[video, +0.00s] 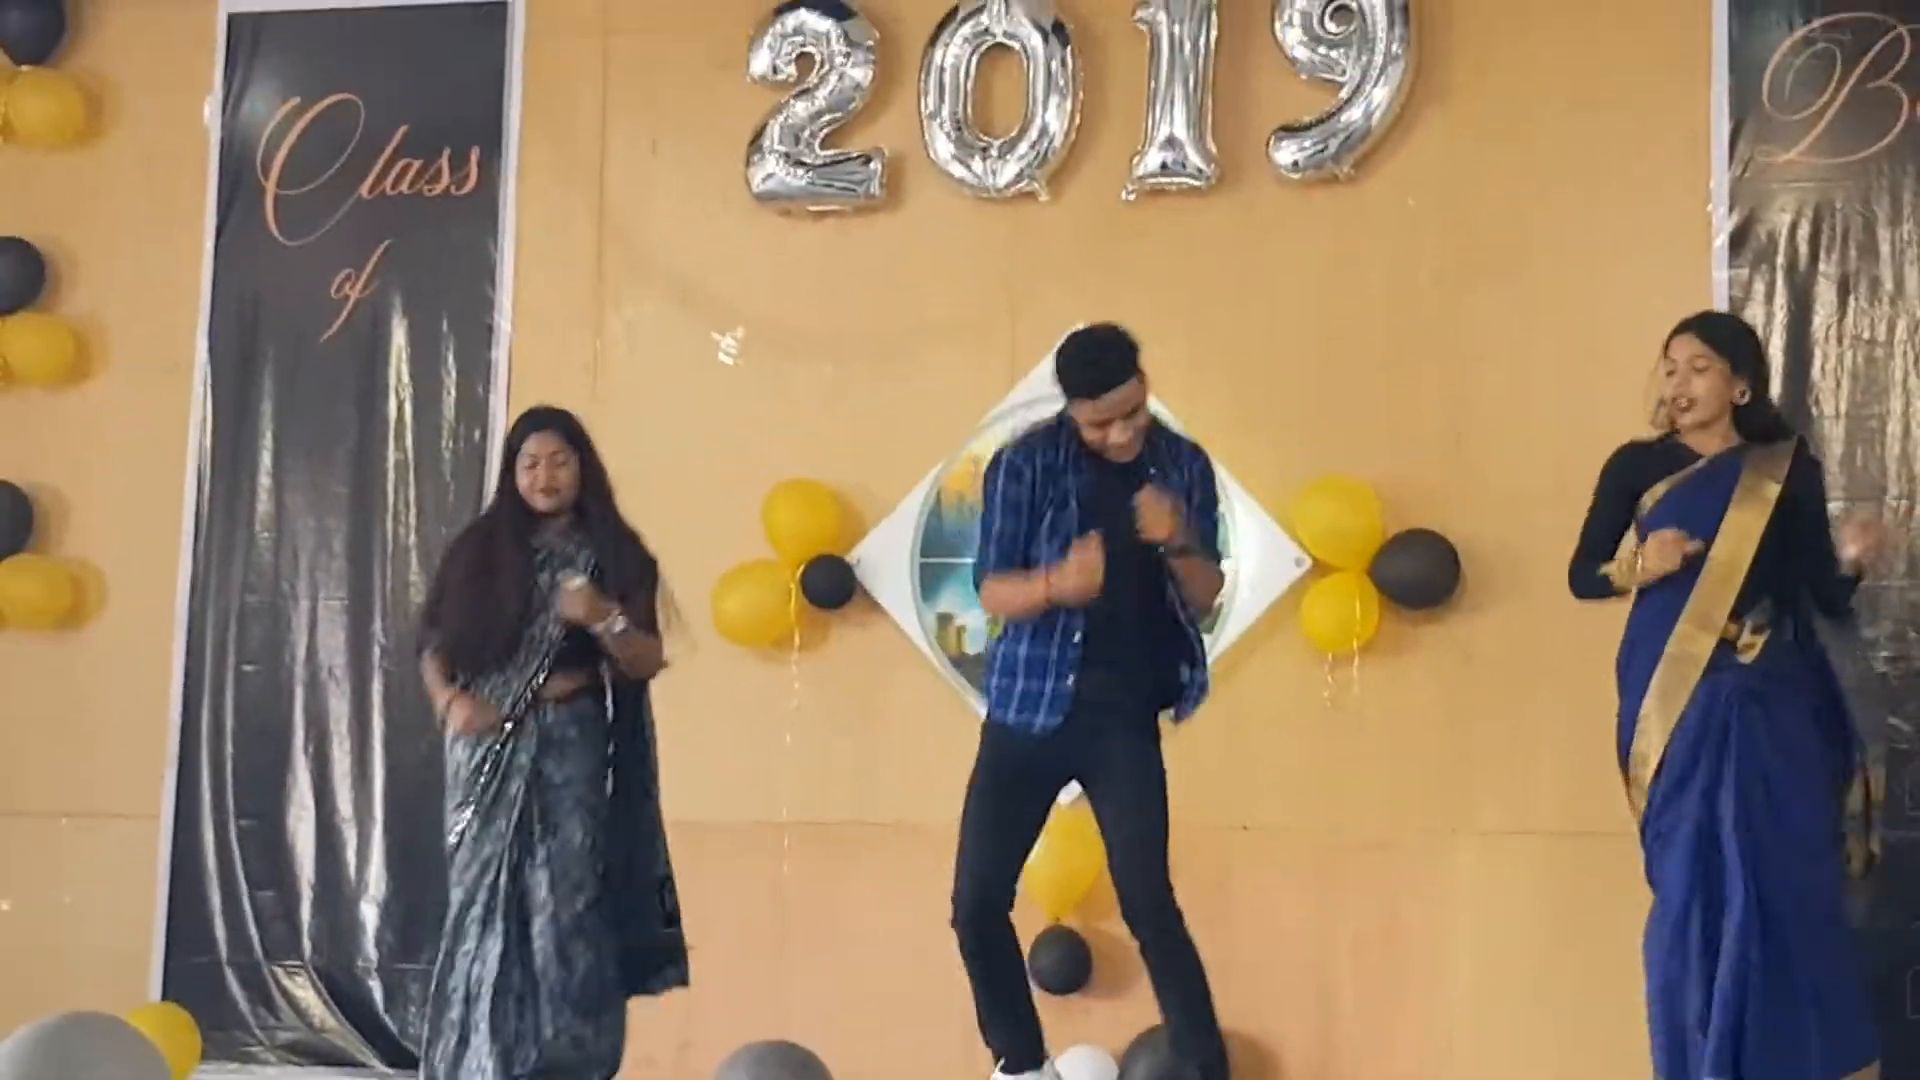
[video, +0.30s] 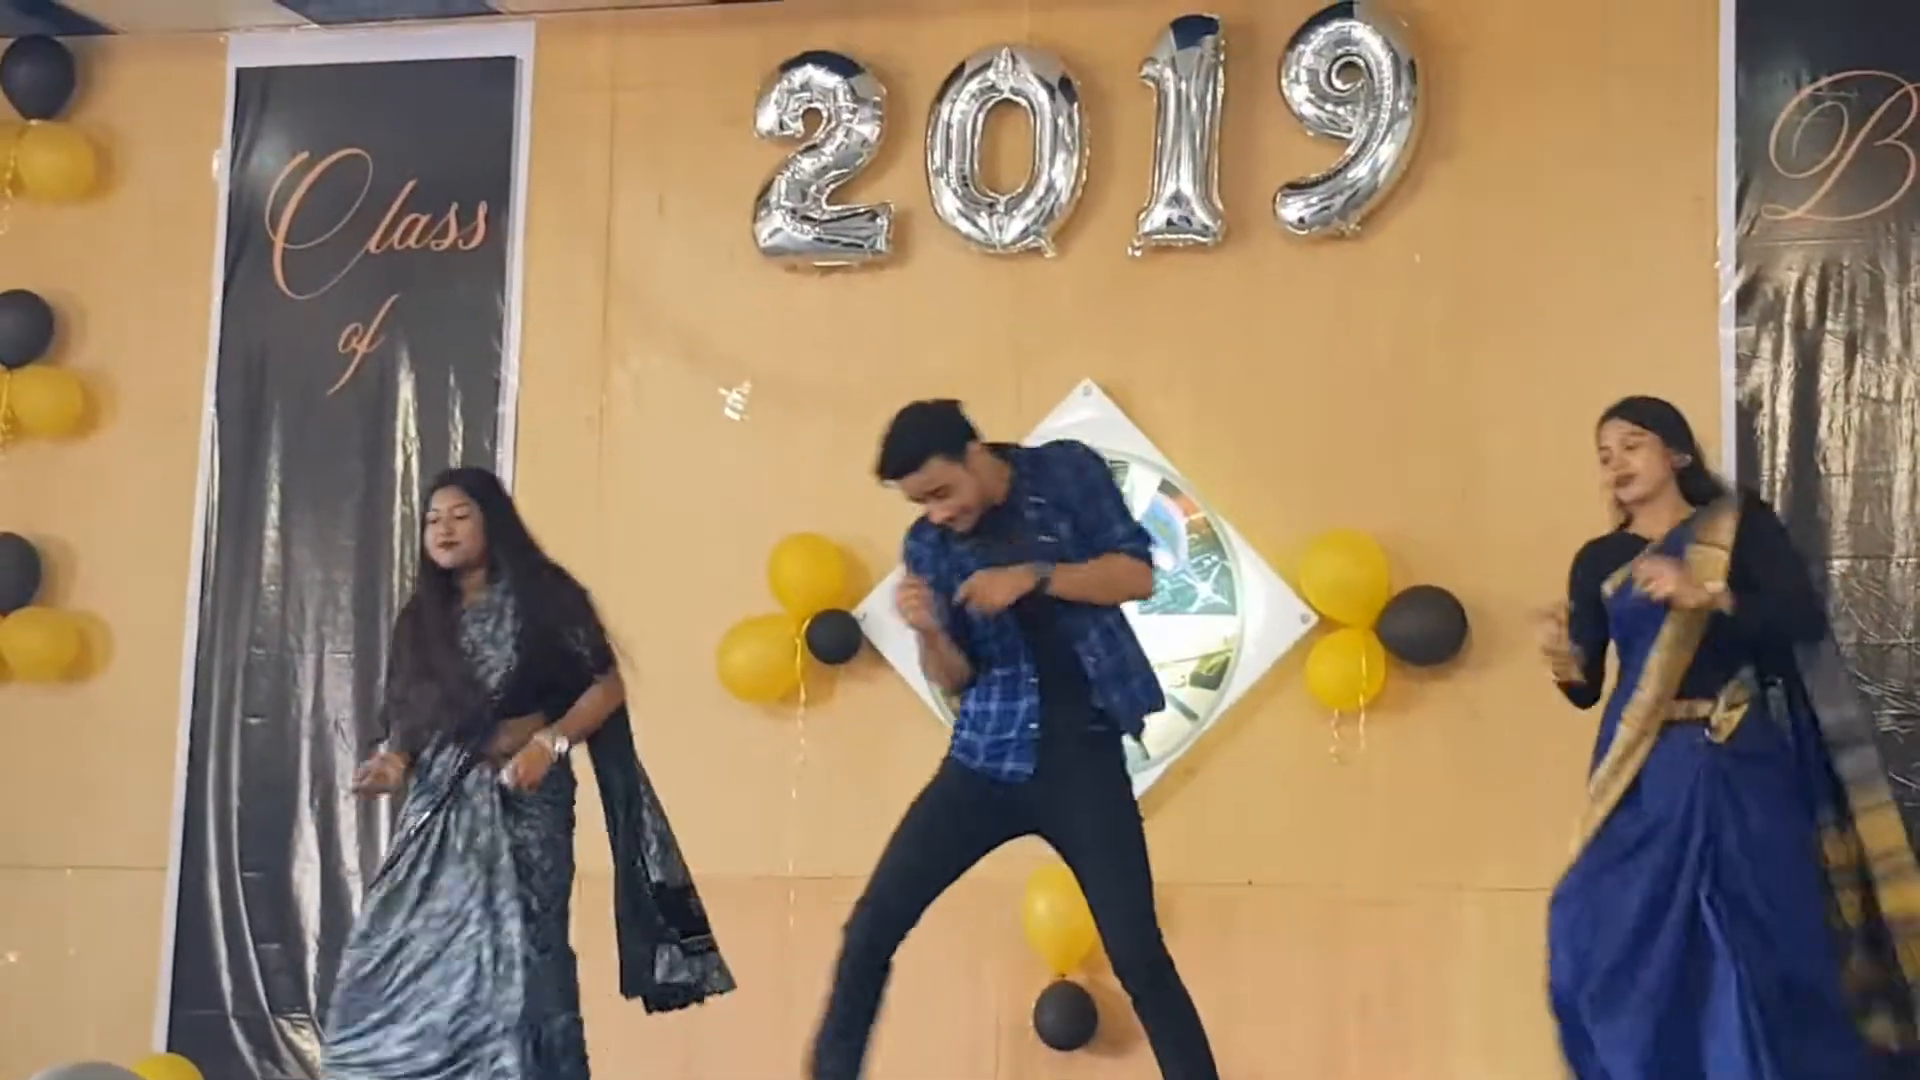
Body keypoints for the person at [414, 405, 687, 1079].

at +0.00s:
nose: (544, 474)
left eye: (559, 460)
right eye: (530, 463)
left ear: (583, 469)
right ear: (513, 475)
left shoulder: (619, 553)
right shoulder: (479, 549)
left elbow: (647, 660)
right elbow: (432, 647)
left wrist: (603, 621)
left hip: (577, 746)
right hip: (487, 748)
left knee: (571, 914)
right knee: (485, 911)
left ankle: (569, 1062)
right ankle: (482, 1062)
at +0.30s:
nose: (445, 530)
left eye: (460, 516)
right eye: (434, 520)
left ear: (494, 522)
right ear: (423, 534)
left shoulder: (545, 592)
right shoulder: (420, 618)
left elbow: (609, 686)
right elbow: (404, 718)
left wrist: (551, 740)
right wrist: (394, 763)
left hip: (522, 803)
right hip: (437, 808)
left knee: (519, 966)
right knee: (418, 962)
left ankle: (516, 1068)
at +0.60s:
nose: (361, 502)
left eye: (379, 492)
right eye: (351, 491)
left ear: (407, 508)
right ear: (337, 505)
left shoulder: (442, 585)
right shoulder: (316, 590)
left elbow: (503, 673)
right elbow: (291, 688)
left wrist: (457, 722)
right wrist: (254, 693)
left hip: (417, 788)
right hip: (334, 789)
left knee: (420, 949)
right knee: (325, 945)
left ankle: (428, 1069)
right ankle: (322, 1068)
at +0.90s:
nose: (305, 342)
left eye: (322, 329)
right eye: (296, 327)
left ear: (351, 341)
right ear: (279, 336)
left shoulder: (381, 429)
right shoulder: (261, 417)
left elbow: (410, 536)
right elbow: (239, 526)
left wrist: (355, 574)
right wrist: (214, 597)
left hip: (353, 618)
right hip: (268, 614)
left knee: (348, 774)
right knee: (250, 766)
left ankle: (372, 945)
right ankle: (245, 953)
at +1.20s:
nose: (317, 199)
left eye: (336, 190)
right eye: (316, 186)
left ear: (369, 204)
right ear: (311, 196)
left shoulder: (368, 275)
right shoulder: (305, 275)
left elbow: (370, 379)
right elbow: (270, 375)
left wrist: (324, 409)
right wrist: (295, 407)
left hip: (345, 474)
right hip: (288, 473)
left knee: (354, 636)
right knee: (265, 640)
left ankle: (455, 786)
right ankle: (260, 822)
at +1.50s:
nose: (396, 212)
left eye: (411, 203)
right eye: (399, 200)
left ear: (445, 217)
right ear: (434, 216)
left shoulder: (434, 285)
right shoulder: (447, 282)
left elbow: (410, 386)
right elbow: (441, 391)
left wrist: (352, 375)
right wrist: (379, 411)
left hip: (418, 485)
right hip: (430, 481)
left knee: (384, 644)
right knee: (400, 645)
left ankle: (449, 822)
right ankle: (433, 818)